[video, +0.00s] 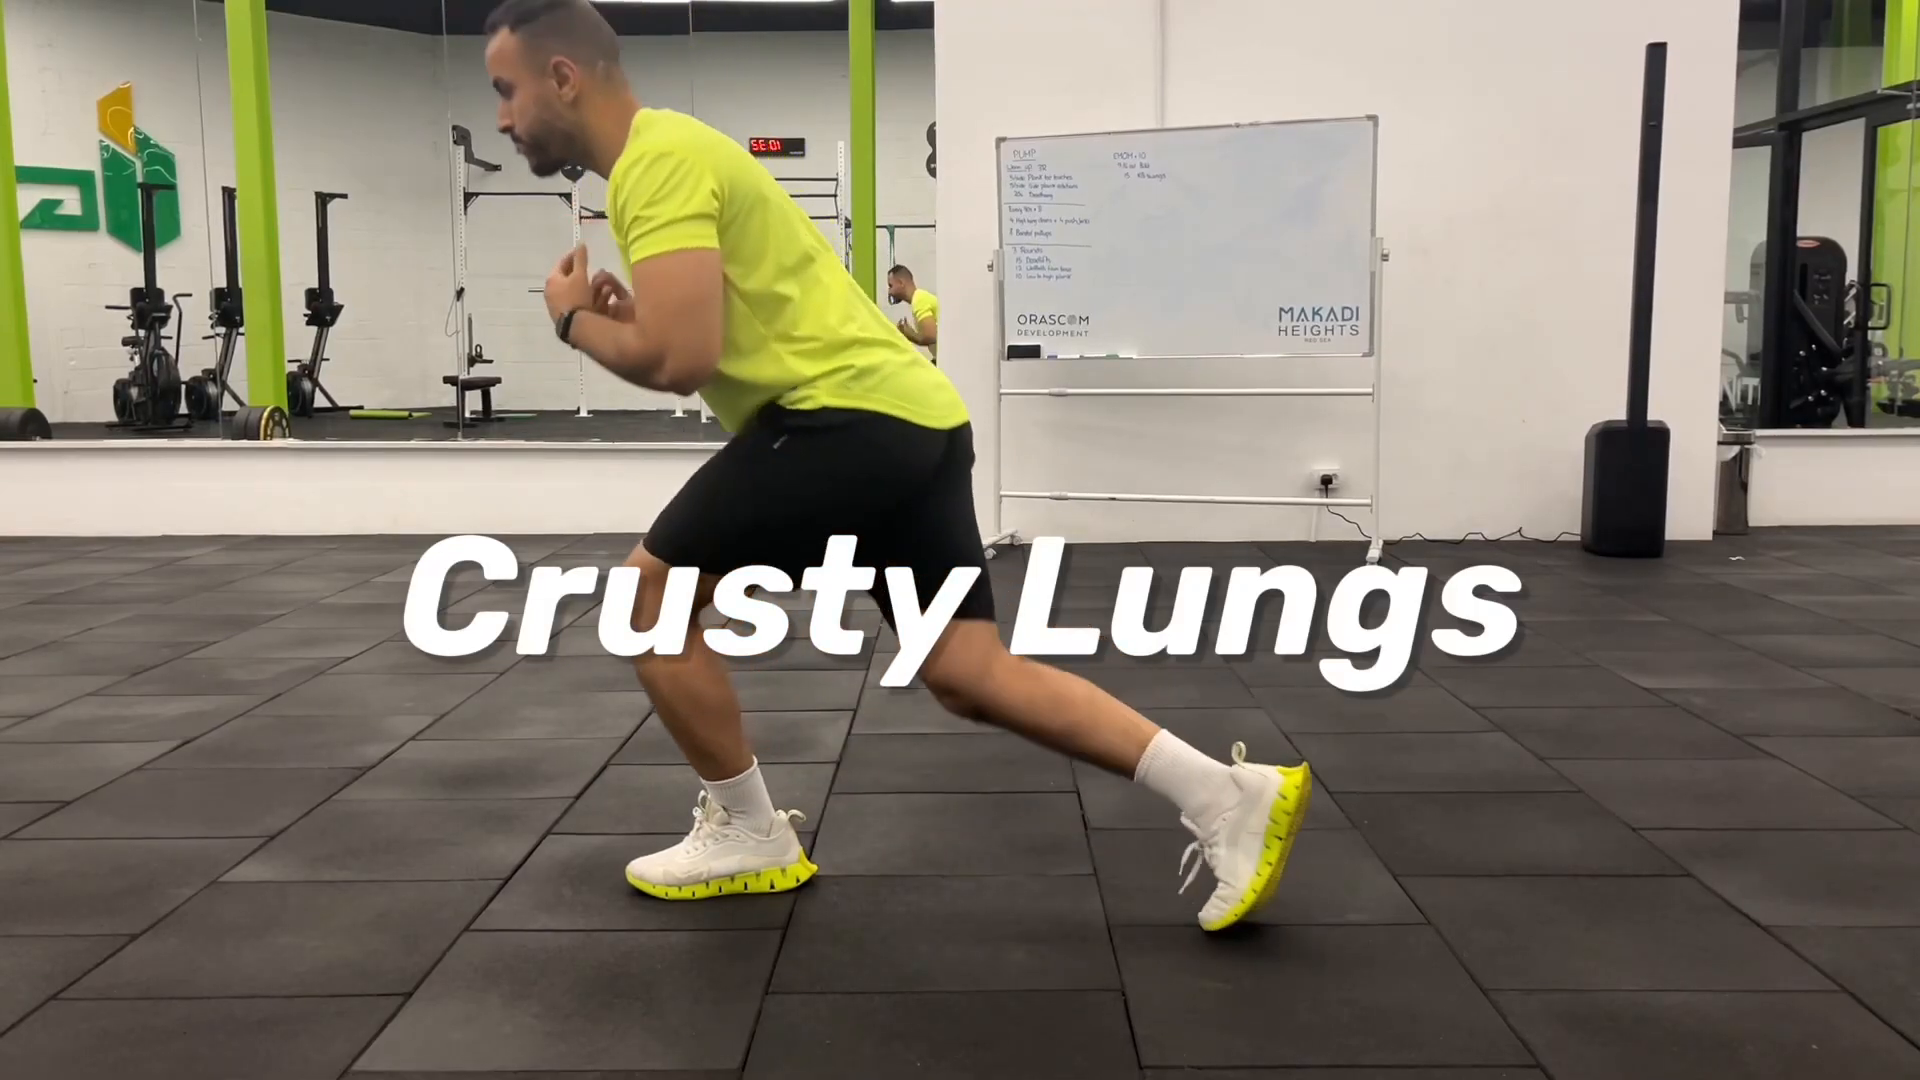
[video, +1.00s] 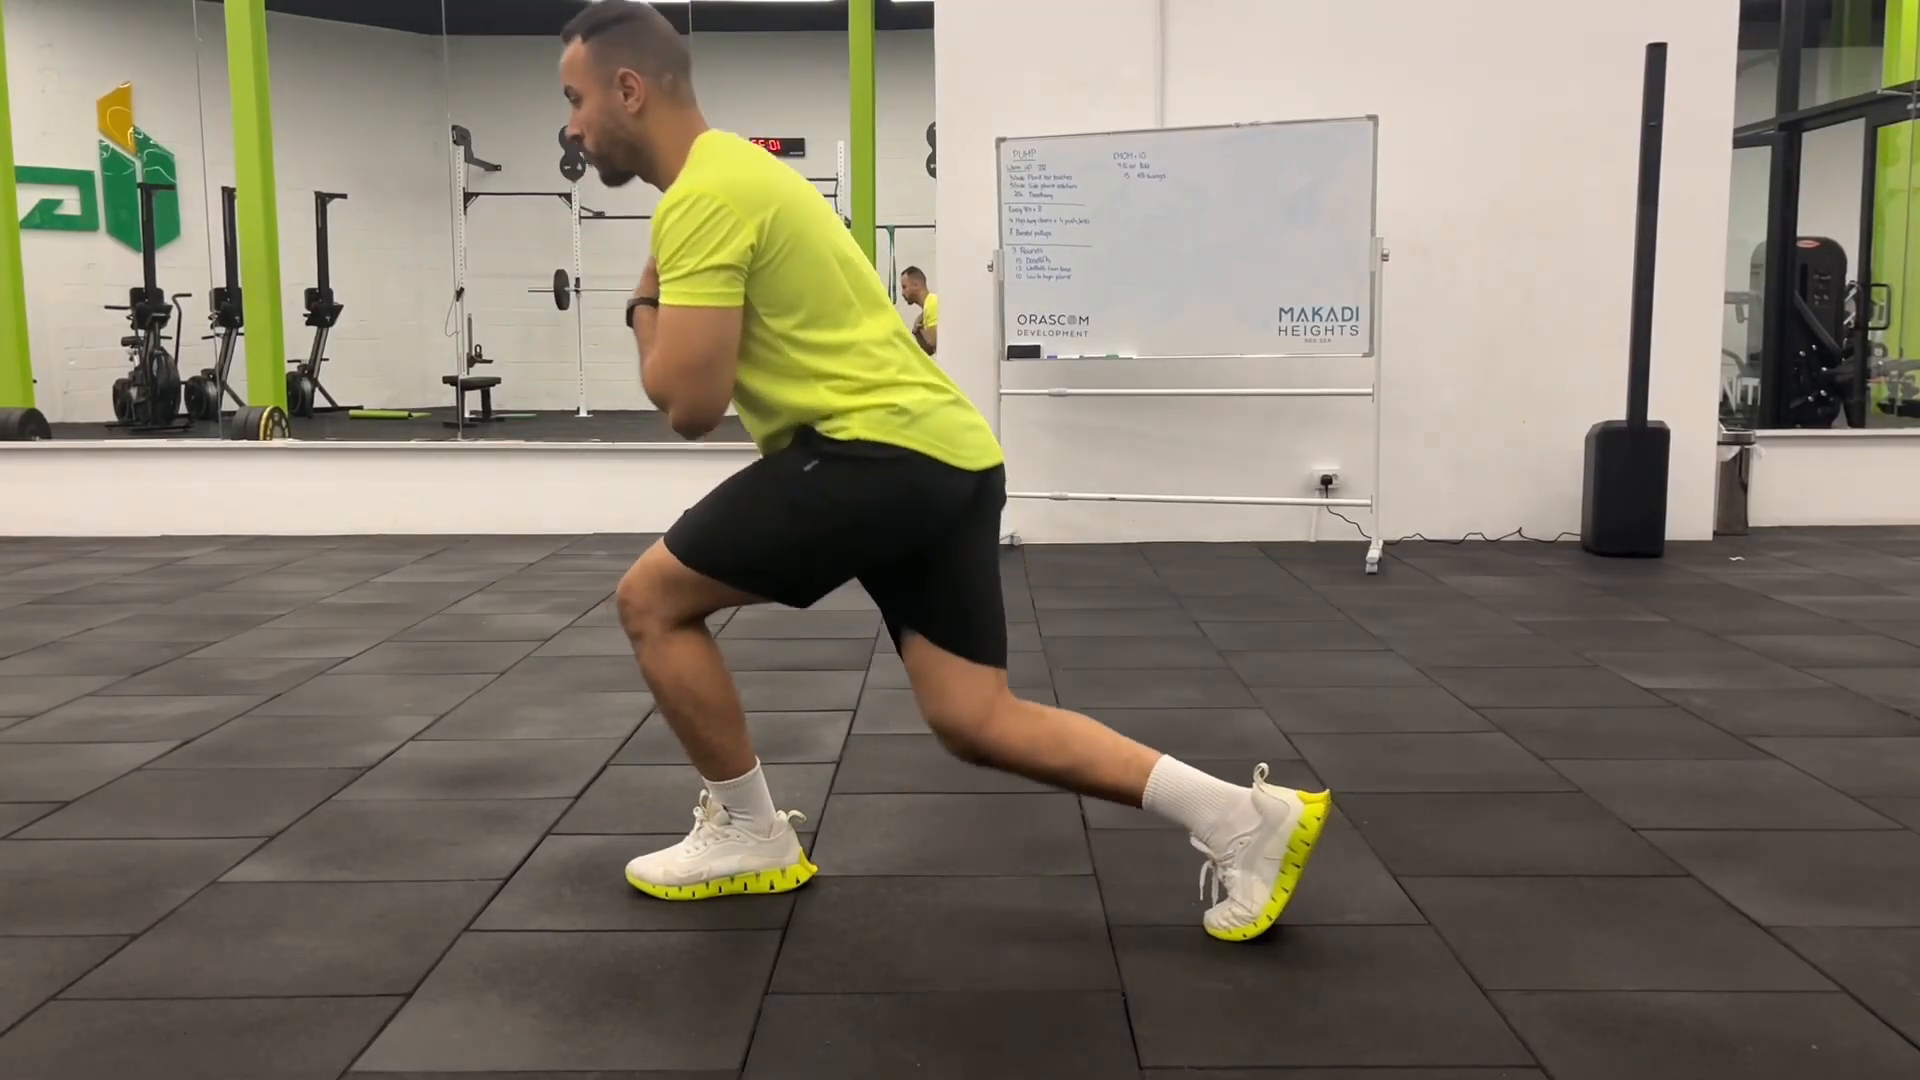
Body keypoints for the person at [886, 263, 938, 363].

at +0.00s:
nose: (889, 292)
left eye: (891, 286)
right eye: (889, 287)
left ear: (901, 283)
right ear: (901, 283)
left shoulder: (920, 301)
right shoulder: (920, 300)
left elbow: (930, 336)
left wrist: (911, 335)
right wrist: (911, 335)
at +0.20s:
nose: (903, 301)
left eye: (905, 296)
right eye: (903, 296)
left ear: (916, 294)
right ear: (917, 294)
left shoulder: (933, 312)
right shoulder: (928, 315)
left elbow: (932, 350)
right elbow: (929, 357)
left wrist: (921, 334)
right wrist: (917, 344)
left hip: (948, 369)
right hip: (943, 369)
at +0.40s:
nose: (911, 306)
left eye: (914, 301)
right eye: (912, 301)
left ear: (925, 300)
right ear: (925, 300)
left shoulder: (938, 323)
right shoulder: (935, 323)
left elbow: (939, 363)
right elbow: (935, 365)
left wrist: (928, 344)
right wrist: (924, 348)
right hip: (938, 377)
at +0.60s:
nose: (916, 308)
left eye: (918, 302)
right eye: (916, 303)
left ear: (930, 301)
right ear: (929, 302)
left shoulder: (943, 330)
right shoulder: (936, 331)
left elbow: (942, 368)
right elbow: (936, 368)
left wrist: (932, 346)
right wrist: (926, 350)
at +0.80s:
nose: (913, 303)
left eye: (916, 298)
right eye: (914, 298)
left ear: (928, 297)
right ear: (928, 297)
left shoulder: (940, 323)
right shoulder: (935, 324)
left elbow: (941, 363)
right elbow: (935, 364)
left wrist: (930, 342)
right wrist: (925, 346)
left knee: (932, 377)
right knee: (931, 377)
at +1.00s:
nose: (902, 293)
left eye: (904, 287)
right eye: (902, 288)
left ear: (916, 285)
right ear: (915, 285)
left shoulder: (932, 302)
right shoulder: (927, 307)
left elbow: (932, 340)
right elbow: (928, 350)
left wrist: (920, 327)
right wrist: (916, 332)